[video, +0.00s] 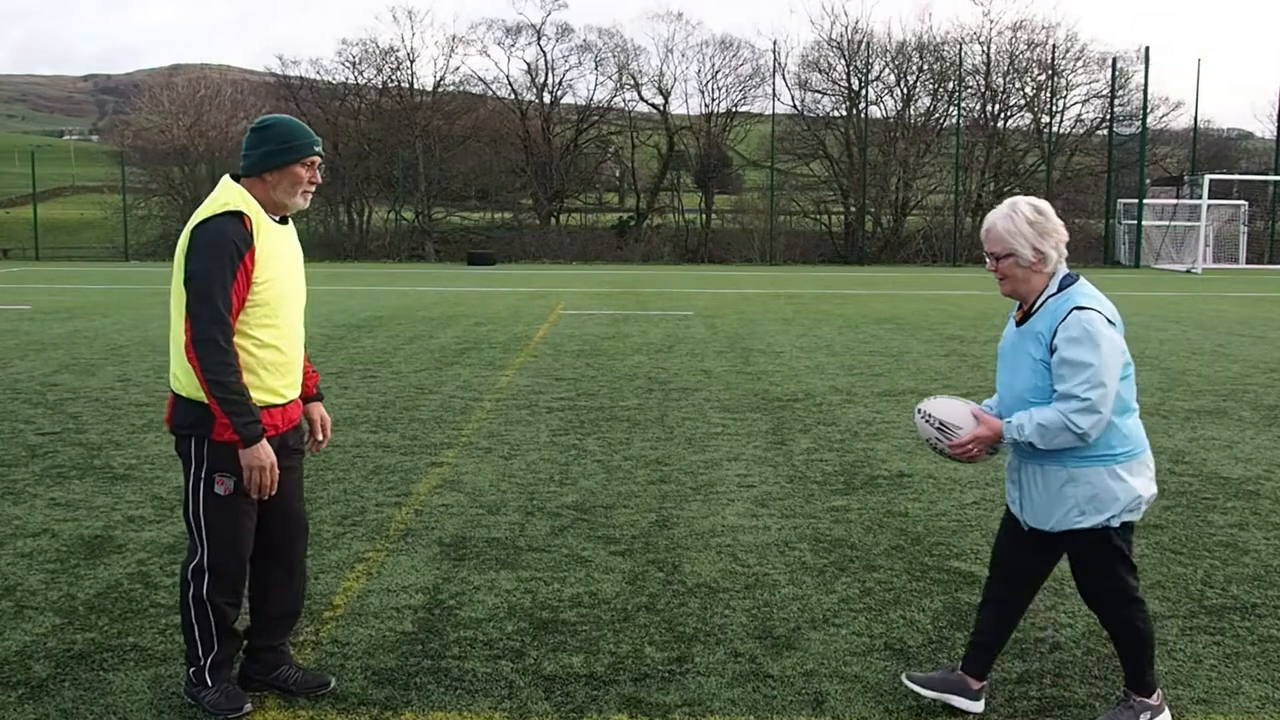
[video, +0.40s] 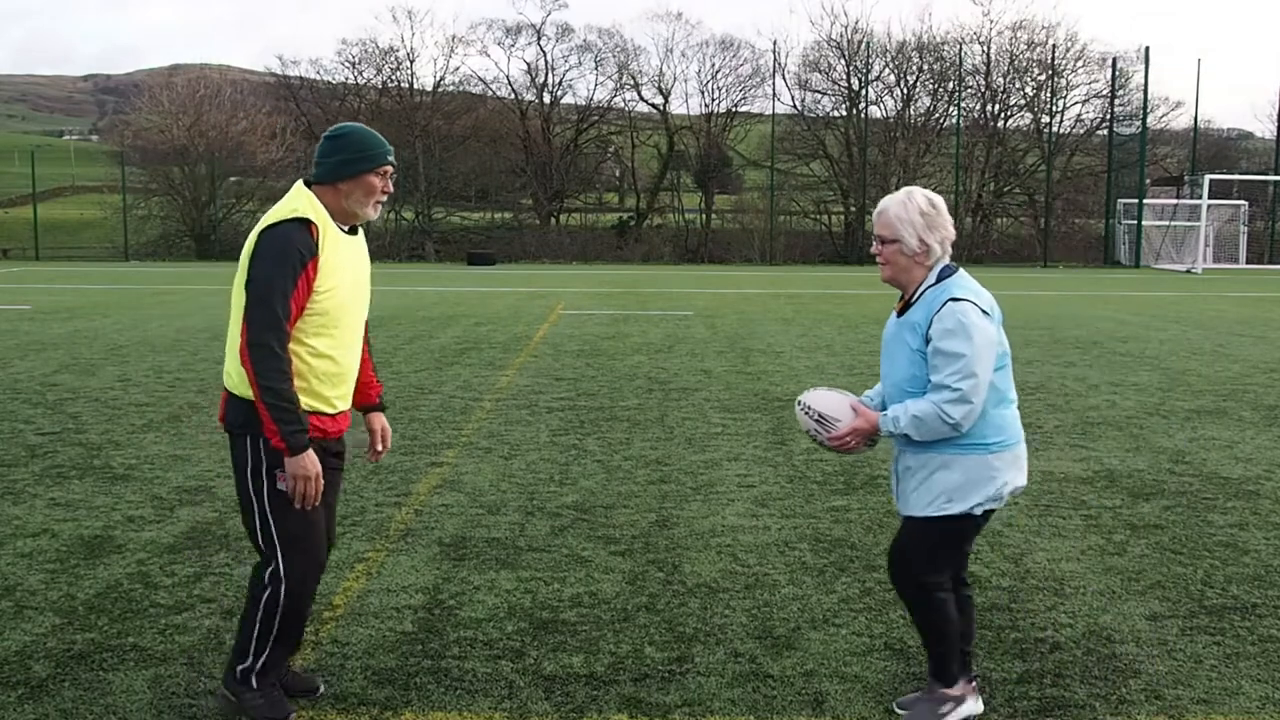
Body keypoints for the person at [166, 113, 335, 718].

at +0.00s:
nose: (315, 178)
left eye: (317, 167)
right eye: (305, 167)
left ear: (286, 171)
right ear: (266, 169)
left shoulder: (278, 225)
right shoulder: (222, 228)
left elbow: (281, 322)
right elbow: (209, 340)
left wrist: (309, 392)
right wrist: (250, 434)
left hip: (276, 419)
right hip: (218, 424)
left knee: (281, 549)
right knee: (218, 558)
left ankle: (268, 662)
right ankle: (209, 678)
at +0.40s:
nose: (387, 187)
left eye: (389, 176)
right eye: (378, 175)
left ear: (354, 182)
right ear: (339, 177)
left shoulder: (347, 231)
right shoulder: (290, 232)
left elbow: (348, 325)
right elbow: (264, 342)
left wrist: (370, 402)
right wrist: (296, 444)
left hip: (322, 422)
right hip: (272, 425)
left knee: (311, 553)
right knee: (292, 560)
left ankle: (274, 663)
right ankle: (248, 678)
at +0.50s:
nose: (404, 199)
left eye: (406, 187)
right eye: (395, 187)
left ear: (367, 192)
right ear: (356, 188)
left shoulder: (365, 240)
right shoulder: (307, 245)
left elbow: (375, 331)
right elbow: (284, 359)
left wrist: (401, 408)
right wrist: (325, 456)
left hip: (351, 430)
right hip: (291, 436)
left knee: (378, 540)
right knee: (304, 572)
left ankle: (293, 643)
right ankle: (248, 686)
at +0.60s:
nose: (432, 212)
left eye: (434, 200)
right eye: (424, 200)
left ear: (389, 204)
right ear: (385, 201)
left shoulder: (387, 250)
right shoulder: (339, 259)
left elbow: (406, 341)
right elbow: (328, 377)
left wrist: (443, 413)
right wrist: (377, 469)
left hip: (377, 433)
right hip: (320, 442)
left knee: (438, 529)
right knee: (312, 584)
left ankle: (377, 651)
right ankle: (253, 687)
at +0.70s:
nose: (473, 214)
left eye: (474, 202)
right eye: (464, 202)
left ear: (429, 207)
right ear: (427, 203)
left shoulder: (423, 259)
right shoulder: (386, 259)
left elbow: (451, 346)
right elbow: (394, 375)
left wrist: (500, 412)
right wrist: (453, 460)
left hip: (403, 437)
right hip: (353, 441)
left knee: (473, 526)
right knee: (334, 577)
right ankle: (257, 682)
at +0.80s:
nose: (523, 228)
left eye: (524, 216)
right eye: (515, 215)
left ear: (479, 218)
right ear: (479, 215)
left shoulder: (469, 267)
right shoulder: (438, 266)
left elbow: (504, 351)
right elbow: (469, 369)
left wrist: (571, 407)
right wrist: (544, 444)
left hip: (447, 443)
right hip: (393, 446)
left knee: (517, 552)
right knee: (368, 583)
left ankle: (571, 674)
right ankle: (269, 670)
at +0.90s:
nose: (576, 259)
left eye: (576, 249)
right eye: (569, 247)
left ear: (534, 250)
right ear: (534, 249)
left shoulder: (516, 294)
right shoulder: (491, 292)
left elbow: (567, 373)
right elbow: (548, 382)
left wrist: (646, 415)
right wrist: (639, 438)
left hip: (475, 457)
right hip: (423, 459)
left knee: (560, 539)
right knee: (415, 608)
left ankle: (575, 679)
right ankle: (293, 656)